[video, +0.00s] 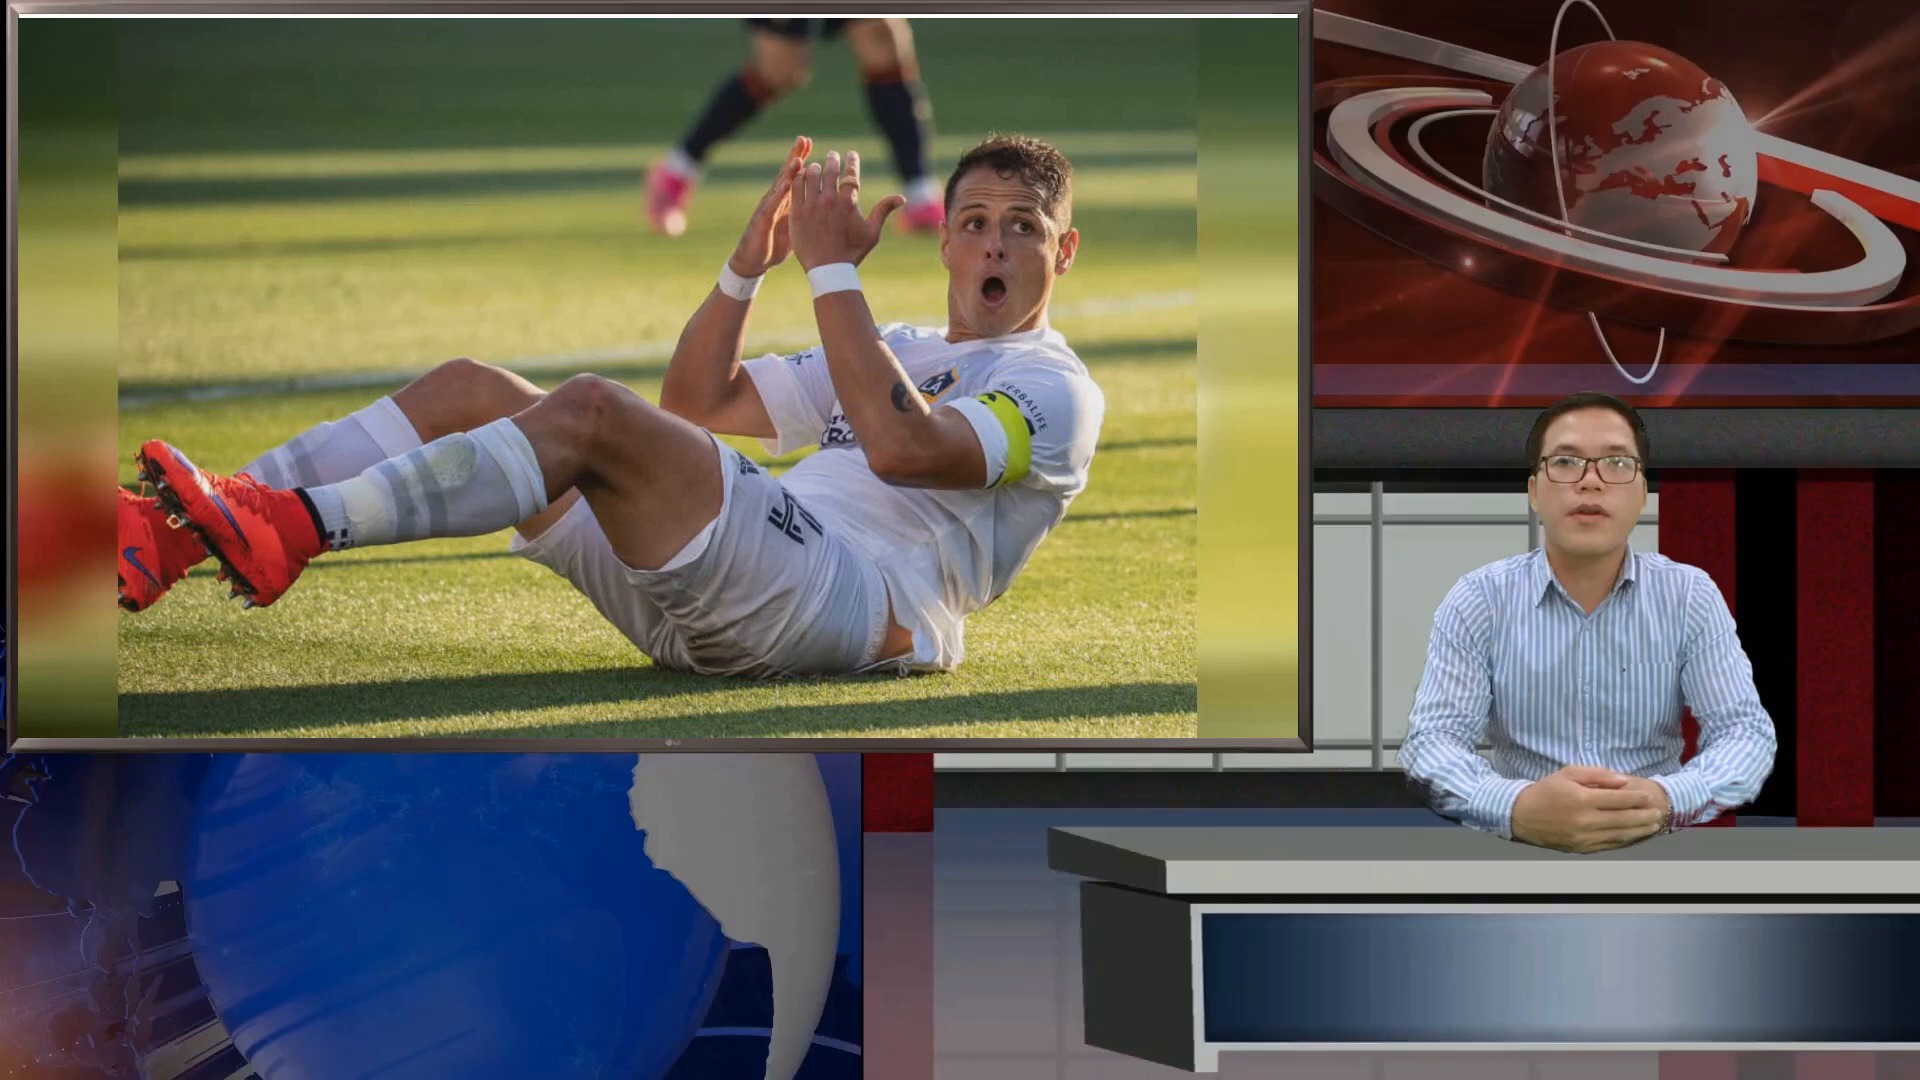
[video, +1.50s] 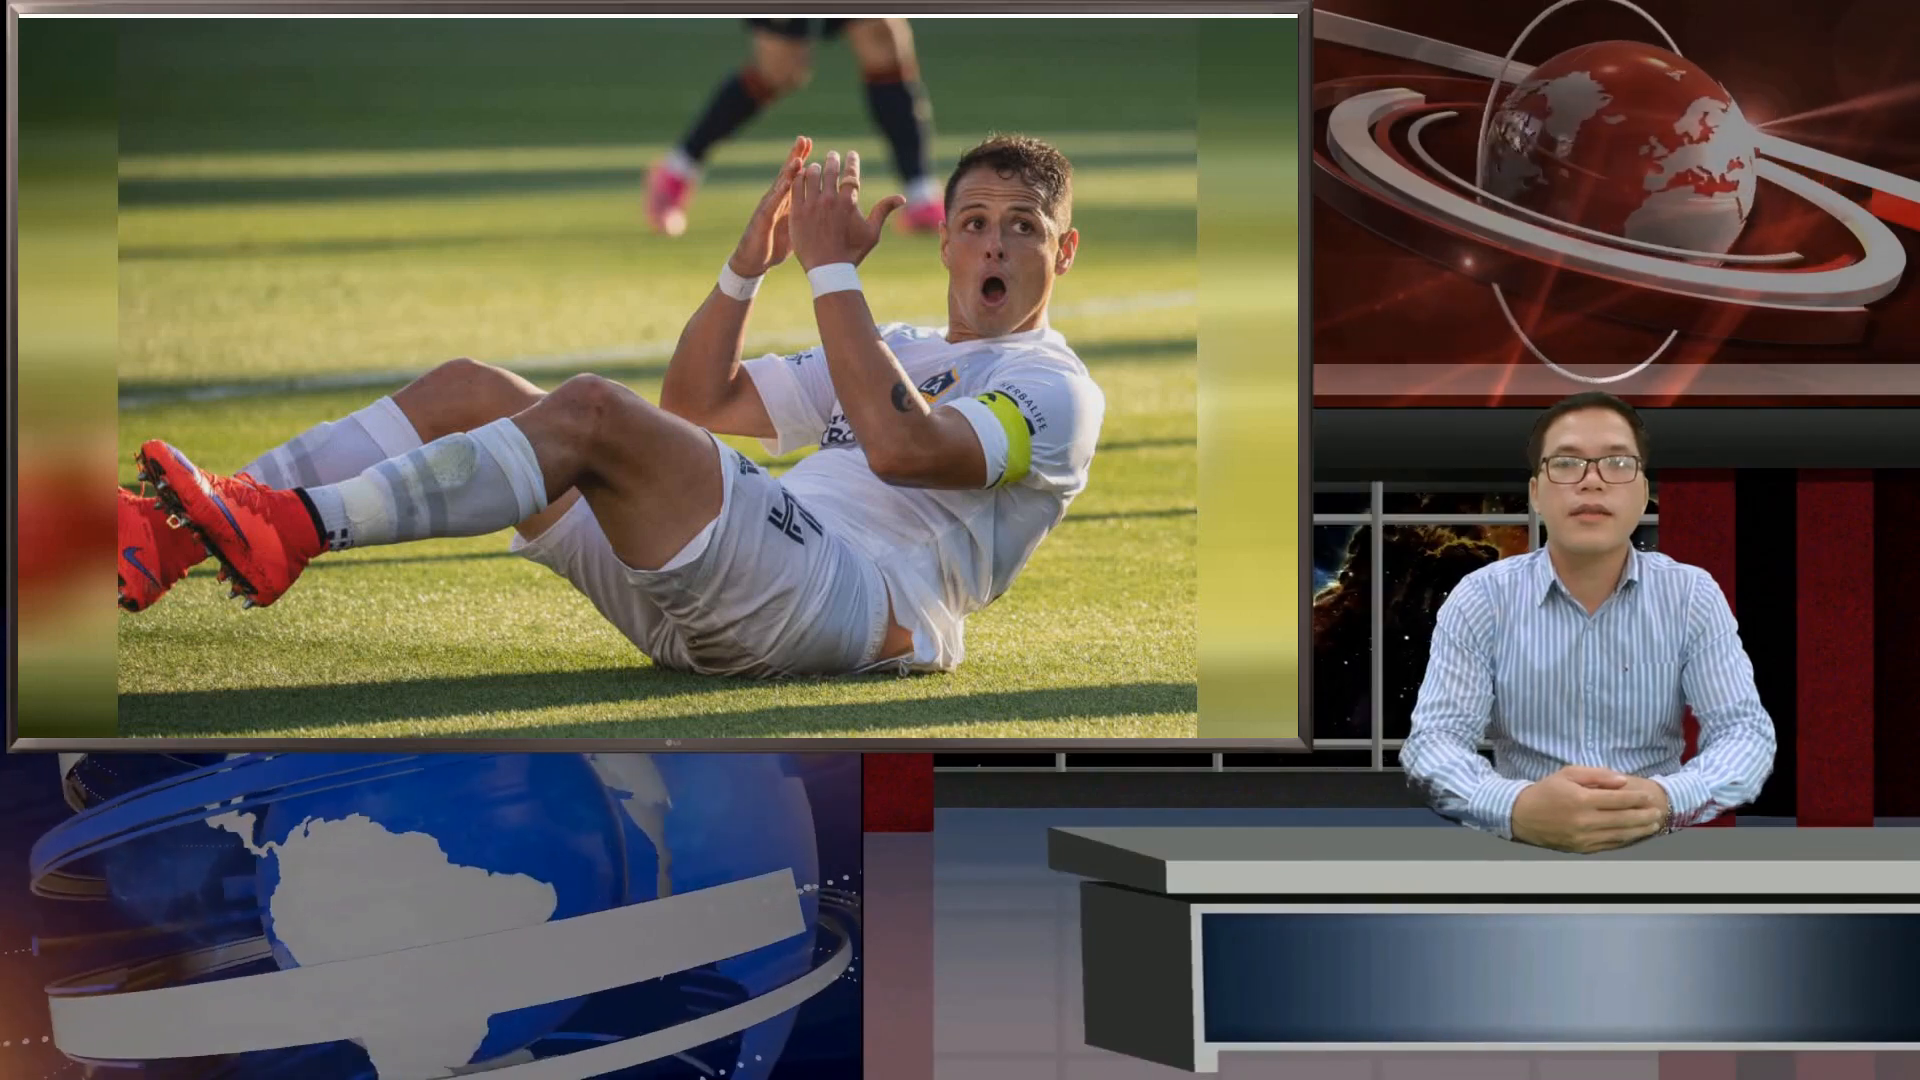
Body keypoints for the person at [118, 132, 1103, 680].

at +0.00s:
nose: (995, 246)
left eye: (1022, 230)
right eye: (976, 224)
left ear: (1065, 257)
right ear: (942, 241)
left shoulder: (1055, 389)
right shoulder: (892, 358)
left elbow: (901, 447)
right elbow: (695, 405)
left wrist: (833, 270)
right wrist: (747, 270)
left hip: (839, 603)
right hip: (731, 572)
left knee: (593, 413)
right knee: (468, 389)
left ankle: (299, 524)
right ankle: (179, 538)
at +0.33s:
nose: (995, 246)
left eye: (1022, 230)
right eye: (975, 224)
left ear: (1065, 257)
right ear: (942, 241)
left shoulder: (1055, 389)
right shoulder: (892, 358)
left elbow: (902, 447)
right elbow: (695, 405)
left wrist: (833, 270)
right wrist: (747, 270)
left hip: (839, 603)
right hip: (731, 572)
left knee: (593, 413)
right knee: (468, 389)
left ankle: (299, 525)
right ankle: (180, 538)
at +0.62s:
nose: (995, 246)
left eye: (1022, 230)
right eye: (976, 224)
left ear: (1065, 257)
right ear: (942, 241)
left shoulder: (1055, 389)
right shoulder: (892, 358)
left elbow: (902, 447)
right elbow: (695, 405)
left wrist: (833, 270)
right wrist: (747, 270)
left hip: (840, 603)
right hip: (732, 573)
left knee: (592, 413)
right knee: (468, 389)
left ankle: (299, 525)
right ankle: (179, 538)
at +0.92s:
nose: (995, 246)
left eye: (1022, 230)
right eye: (976, 224)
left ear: (1065, 257)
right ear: (942, 241)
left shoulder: (1055, 389)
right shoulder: (892, 358)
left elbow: (902, 447)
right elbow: (695, 405)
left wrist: (833, 270)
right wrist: (747, 270)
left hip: (839, 603)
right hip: (732, 572)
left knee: (592, 413)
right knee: (468, 389)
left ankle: (299, 525)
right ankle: (179, 539)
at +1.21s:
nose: (997, 246)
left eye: (1024, 230)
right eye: (977, 223)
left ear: (1065, 258)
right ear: (943, 241)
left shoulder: (1056, 389)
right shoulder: (892, 358)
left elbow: (901, 446)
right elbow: (695, 406)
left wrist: (833, 268)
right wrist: (746, 269)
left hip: (839, 603)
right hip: (731, 572)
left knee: (592, 413)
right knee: (468, 389)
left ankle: (299, 525)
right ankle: (180, 538)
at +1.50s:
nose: (995, 246)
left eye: (1022, 230)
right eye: (976, 224)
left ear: (1065, 258)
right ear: (943, 240)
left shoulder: (1055, 389)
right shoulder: (892, 358)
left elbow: (902, 447)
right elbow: (695, 404)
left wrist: (833, 270)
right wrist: (746, 270)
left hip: (839, 602)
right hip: (732, 571)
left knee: (592, 413)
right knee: (468, 389)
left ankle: (300, 524)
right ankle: (179, 539)